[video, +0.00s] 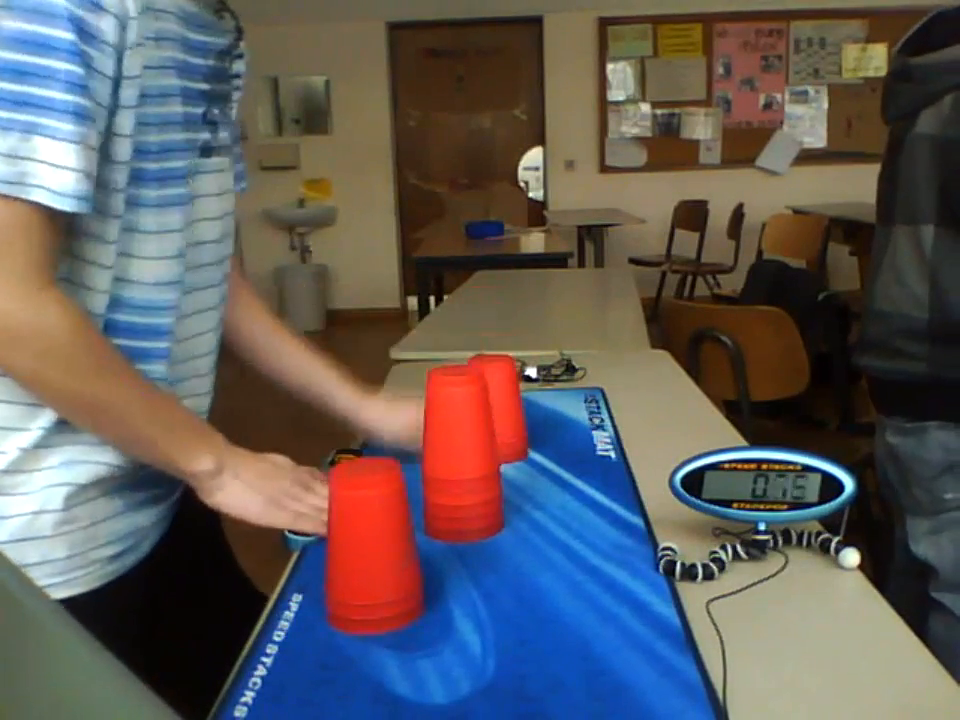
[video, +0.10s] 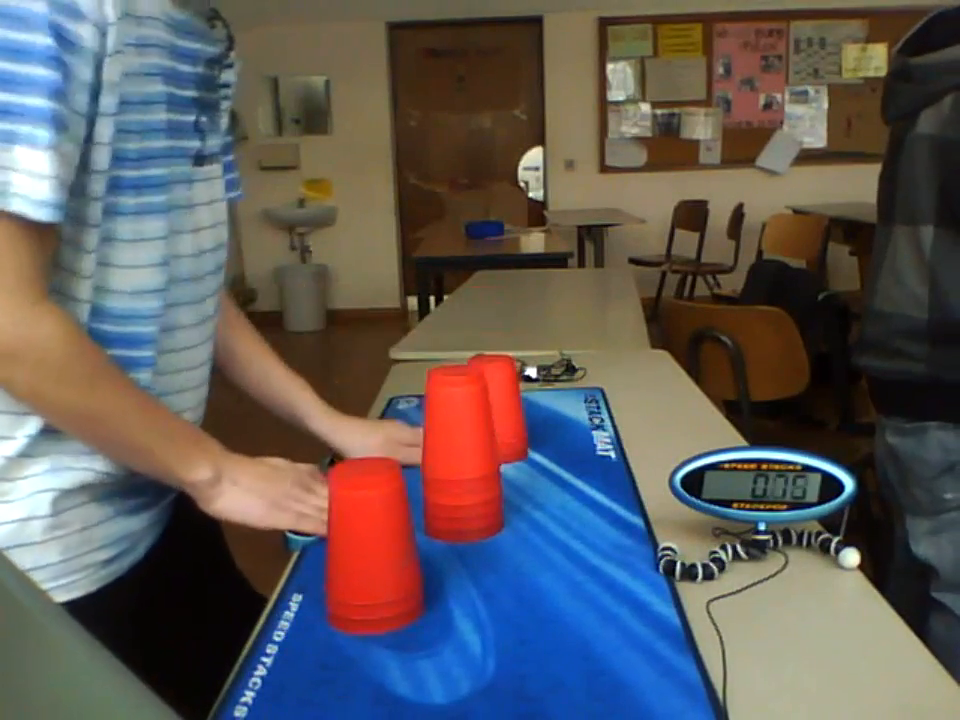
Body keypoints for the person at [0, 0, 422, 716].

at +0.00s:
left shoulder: (215, 30)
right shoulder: (59, 14)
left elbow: (214, 277)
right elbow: (13, 298)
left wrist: (366, 409)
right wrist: (215, 462)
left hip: (169, 516)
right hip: (53, 561)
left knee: (286, 695)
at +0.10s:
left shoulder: (203, 35)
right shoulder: (50, 16)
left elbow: (197, 291)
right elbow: (10, 315)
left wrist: (332, 424)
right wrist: (213, 471)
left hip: (167, 515)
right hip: (53, 559)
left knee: (281, 693)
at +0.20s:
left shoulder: (196, 43)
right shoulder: (45, 21)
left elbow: (193, 296)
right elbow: (6, 329)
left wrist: (332, 425)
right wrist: (208, 477)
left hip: (160, 515)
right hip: (53, 561)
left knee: (282, 691)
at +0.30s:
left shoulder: (194, 46)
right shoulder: (37, 24)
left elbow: (183, 288)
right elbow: (5, 331)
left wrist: (329, 423)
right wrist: (209, 478)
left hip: (156, 510)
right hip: (47, 551)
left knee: (283, 684)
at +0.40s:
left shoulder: (193, 46)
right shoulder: (37, 23)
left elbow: (181, 286)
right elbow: (6, 329)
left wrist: (329, 423)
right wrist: (211, 477)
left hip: (154, 513)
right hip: (46, 555)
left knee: (279, 687)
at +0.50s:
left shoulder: (192, 48)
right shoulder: (37, 23)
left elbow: (182, 287)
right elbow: (7, 327)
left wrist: (329, 423)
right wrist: (212, 479)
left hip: (151, 513)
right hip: (43, 557)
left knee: (278, 685)